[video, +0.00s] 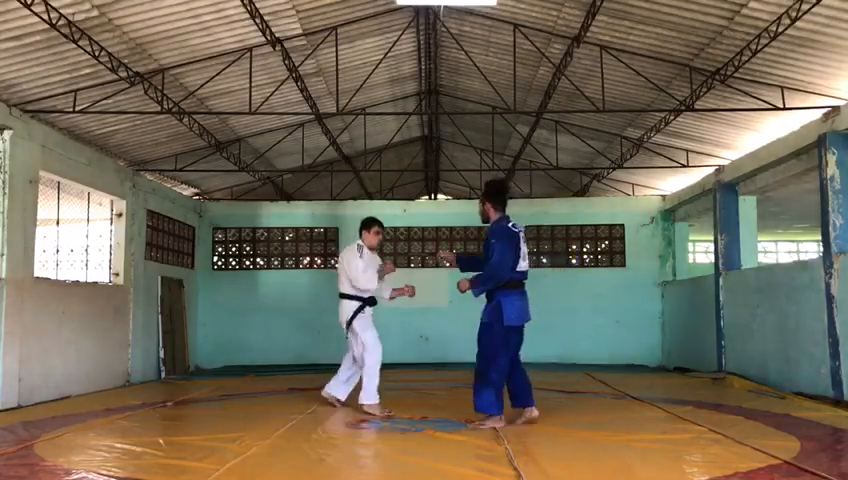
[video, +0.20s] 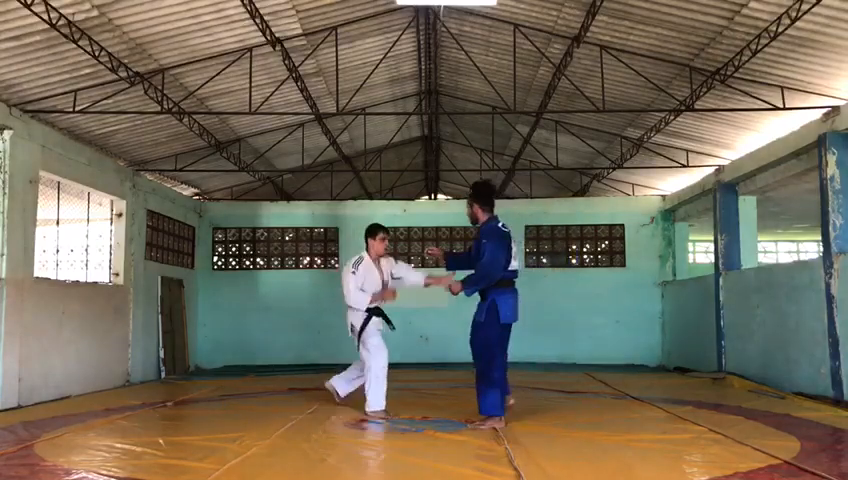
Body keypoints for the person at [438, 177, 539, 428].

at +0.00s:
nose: (480, 208)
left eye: (482, 204)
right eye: (481, 203)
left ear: (489, 206)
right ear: (500, 205)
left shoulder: (499, 231)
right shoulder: (512, 229)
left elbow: (500, 270)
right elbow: (489, 262)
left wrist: (473, 283)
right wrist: (457, 260)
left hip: (501, 302)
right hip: (515, 299)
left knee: (490, 356)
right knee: (510, 356)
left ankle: (493, 414)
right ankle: (528, 407)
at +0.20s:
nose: (468, 211)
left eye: (469, 207)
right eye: (468, 207)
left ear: (477, 208)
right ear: (487, 207)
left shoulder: (492, 232)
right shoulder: (492, 230)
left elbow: (491, 269)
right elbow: (473, 259)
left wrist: (463, 285)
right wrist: (445, 256)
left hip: (496, 299)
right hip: (499, 296)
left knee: (486, 350)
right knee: (491, 348)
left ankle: (493, 414)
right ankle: (502, 394)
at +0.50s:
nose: (453, 218)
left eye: (454, 213)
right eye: (454, 214)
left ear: (461, 214)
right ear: (470, 213)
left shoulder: (488, 240)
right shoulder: (465, 239)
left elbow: (485, 274)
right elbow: (442, 249)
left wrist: (454, 282)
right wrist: (413, 250)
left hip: (490, 302)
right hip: (476, 302)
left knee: (483, 354)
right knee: (471, 353)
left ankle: (492, 412)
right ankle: (478, 406)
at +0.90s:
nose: (436, 223)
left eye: (437, 219)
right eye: (436, 219)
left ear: (442, 220)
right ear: (453, 218)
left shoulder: (461, 246)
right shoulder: (448, 240)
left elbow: (459, 284)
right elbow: (425, 239)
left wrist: (432, 299)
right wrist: (402, 233)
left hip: (459, 309)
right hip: (450, 307)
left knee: (445, 355)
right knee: (437, 353)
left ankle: (456, 410)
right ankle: (446, 406)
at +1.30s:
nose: (430, 222)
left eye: (431, 218)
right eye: (430, 218)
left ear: (438, 218)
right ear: (447, 217)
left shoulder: (450, 242)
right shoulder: (455, 239)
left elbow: (445, 278)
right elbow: (440, 271)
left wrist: (418, 287)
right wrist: (416, 263)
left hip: (455, 305)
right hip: (458, 303)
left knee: (442, 353)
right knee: (445, 353)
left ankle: (454, 407)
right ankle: (450, 404)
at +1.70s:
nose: (442, 219)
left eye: (445, 214)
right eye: (443, 214)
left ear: (454, 216)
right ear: (461, 216)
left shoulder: (462, 241)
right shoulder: (475, 238)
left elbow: (460, 277)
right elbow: (465, 275)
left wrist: (431, 295)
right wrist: (438, 290)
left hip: (471, 302)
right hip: (483, 299)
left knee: (460, 352)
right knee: (471, 350)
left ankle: (460, 410)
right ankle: (483, 393)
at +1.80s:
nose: (454, 219)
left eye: (457, 214)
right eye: (455, 214)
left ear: (467, 216)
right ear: (472, 217)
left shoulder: (476, 243)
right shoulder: (481, 242)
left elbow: (465, 274)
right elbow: (473, 276)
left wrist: (432, 276)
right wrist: (446, 279)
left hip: (480, 304)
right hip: (484, 302)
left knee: (465, 354)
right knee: (475, 352)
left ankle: (461, 410)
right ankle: (508, 387)